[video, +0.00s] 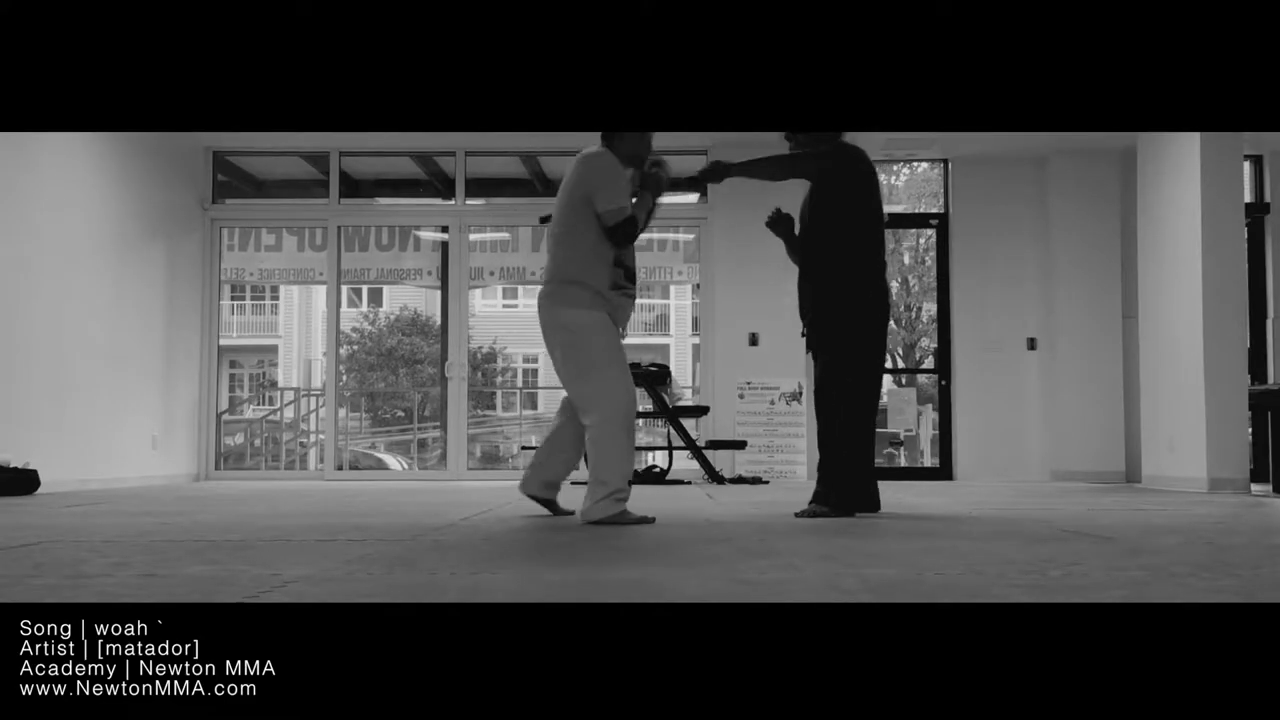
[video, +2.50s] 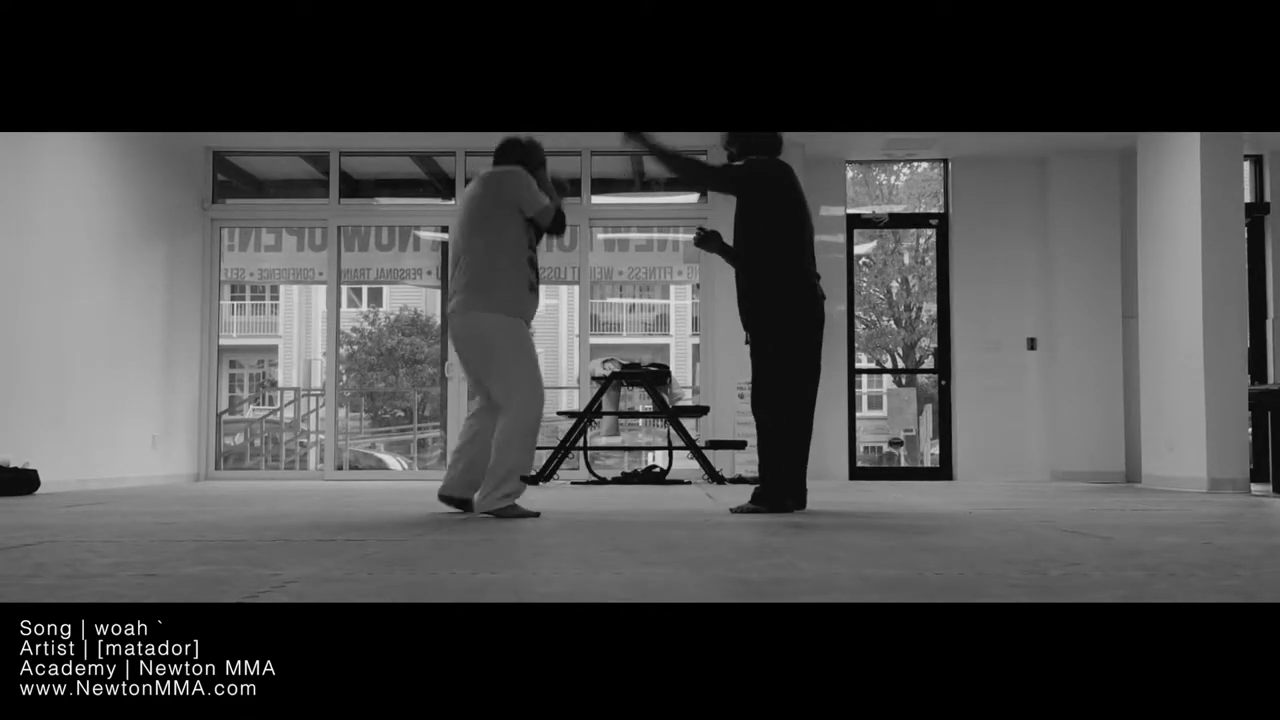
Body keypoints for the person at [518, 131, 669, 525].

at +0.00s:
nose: (649, 147)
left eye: (648, 139)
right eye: (644, 138)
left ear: (612, 139)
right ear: (625, 138)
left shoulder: (596, 167)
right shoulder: (602, 165)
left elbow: (621, 234)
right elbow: (622, 235)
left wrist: (646, 194)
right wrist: (648, 194)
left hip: (576, 303)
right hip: (577, 304)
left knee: (589, 397)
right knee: (612, 397)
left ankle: (541, 483)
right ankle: (604, 505)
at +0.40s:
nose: (636, 144)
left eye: (636, 139)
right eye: (636, 138)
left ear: (598, 130)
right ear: (624, 134)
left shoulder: (577, 159)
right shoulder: (604, 152)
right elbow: (620, 221)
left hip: (561, 301)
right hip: (582, 302)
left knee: (578, 399)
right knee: (611, 401)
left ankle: (540, 489)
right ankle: (605, 506)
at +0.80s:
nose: (607, 144)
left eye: (607, 139)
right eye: (606, 138)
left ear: (557, 135)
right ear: (594, 136)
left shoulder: (526, 169)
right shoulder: (587, 161)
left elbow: (546, 223)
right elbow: (593, 227)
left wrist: (594, 174)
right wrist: (613, 212)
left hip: (518, 300)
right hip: (559, 298)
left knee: (542, 396)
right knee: (589, 391)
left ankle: (537, 494)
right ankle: (556, 491)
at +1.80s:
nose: (565, 175)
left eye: (566, 169)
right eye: (562, 168)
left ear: (528, 161)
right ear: (547, 164)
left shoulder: (507, 188)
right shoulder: (526, 187)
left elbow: (557, 241)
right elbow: (554, 243)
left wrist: (571, 203)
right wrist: (573, 202)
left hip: (493, 321)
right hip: (517, 320)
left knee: (520, 406)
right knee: (541, 398)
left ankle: (511, 490)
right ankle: (515, 492)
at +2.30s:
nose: (545, 160)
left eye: (547, 152)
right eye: (541, 150)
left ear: (519, 150)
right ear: (521, 148)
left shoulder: (519, 185)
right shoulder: (489, 176)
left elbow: (561, 218)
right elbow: (525, 230)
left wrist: (558, 177)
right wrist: (549, 183)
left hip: (518, 316)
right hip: (494, 315)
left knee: (521, 404)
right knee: (507, 403)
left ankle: (498, 487)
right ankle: (496, 497)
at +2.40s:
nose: (548, 166)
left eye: (549, 157)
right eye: (546, 156)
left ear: (511, 146)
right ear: (527, 150)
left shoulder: (489, 176)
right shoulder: (501, 174)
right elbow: (548, 216)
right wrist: (545, 174)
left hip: (488, 312)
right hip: (494, 313)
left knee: (503, 400)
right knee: (514, 403)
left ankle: (471, 478)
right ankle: (501, 501)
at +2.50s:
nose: (543, 180)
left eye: (542, 173)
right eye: (541, 173)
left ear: (502, 161)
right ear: (529, 167)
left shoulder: (477, 189)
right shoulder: (513, 179)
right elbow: (556, 223)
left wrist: (543, 209)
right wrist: (549, 191)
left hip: (466, 314)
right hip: (494, 313)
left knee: (489, 400)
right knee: (525, 399)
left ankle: (458, 486)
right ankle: (498, 498)